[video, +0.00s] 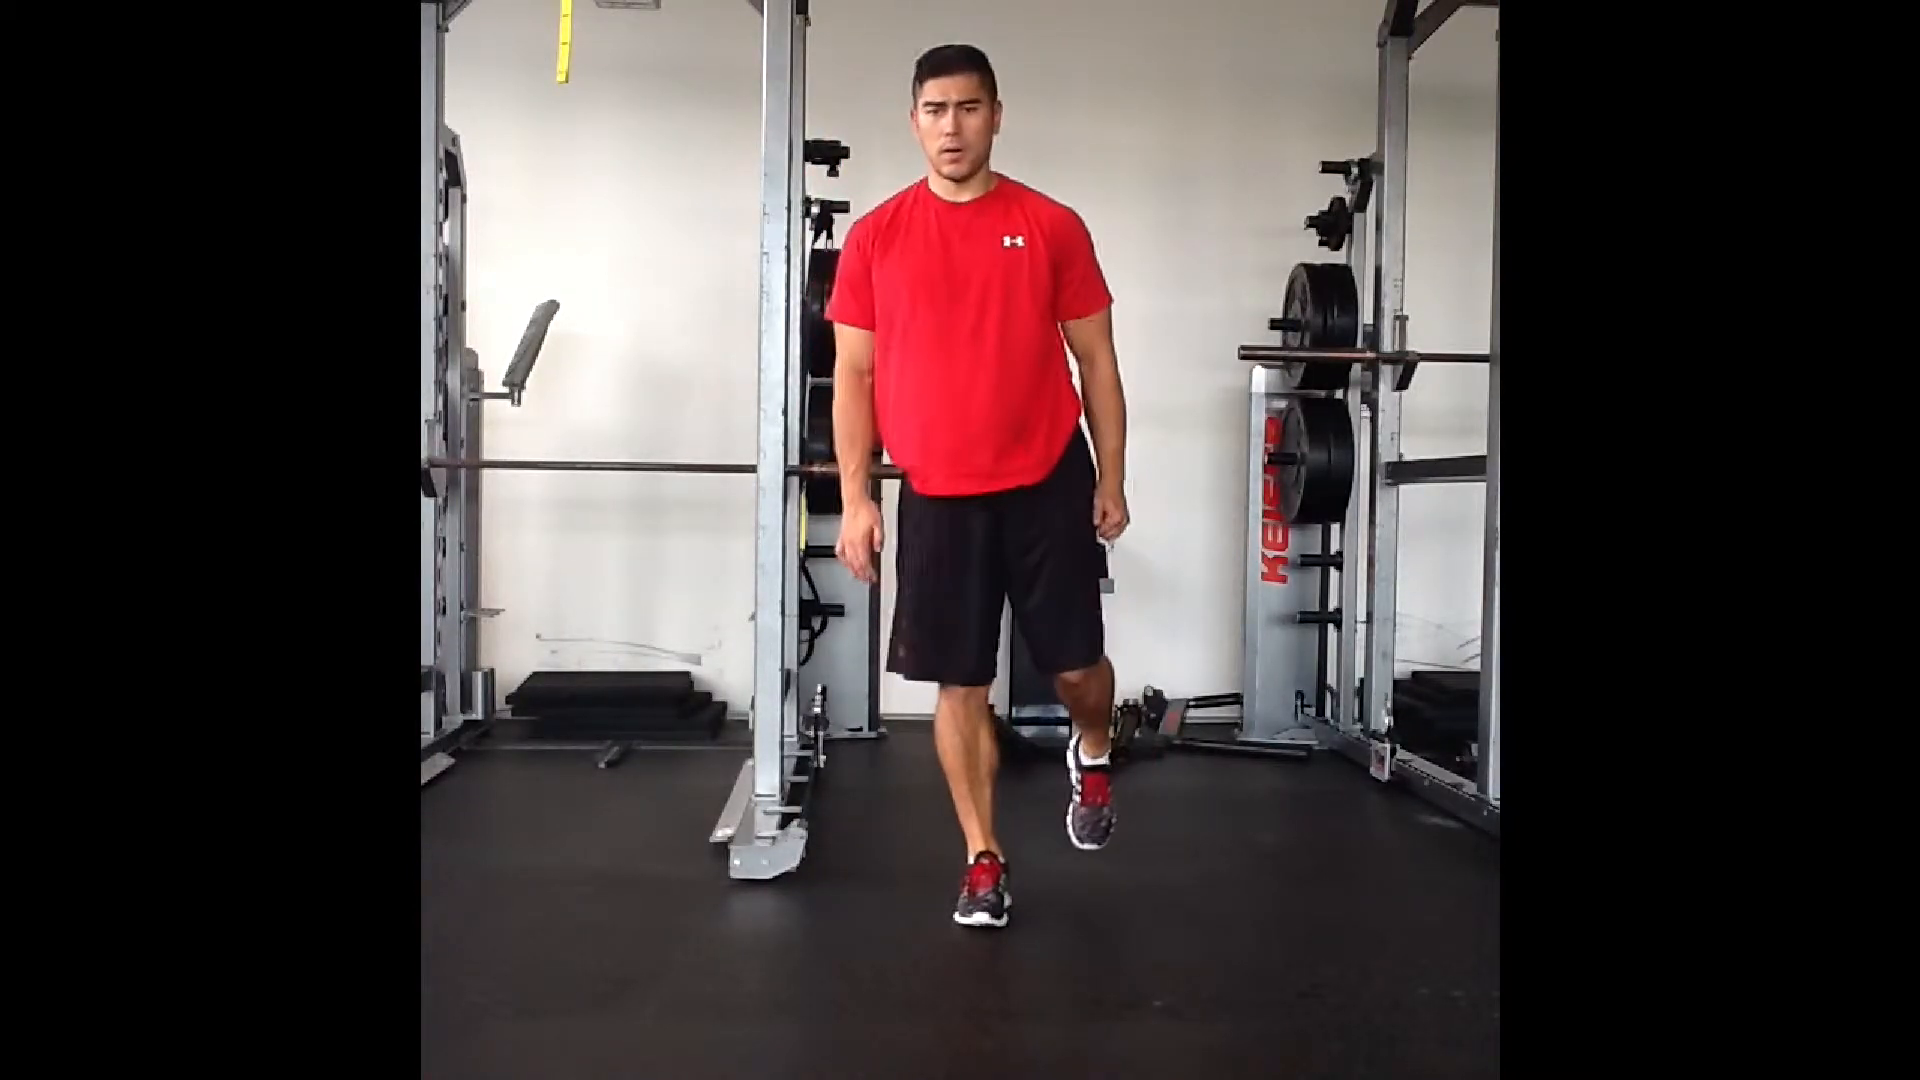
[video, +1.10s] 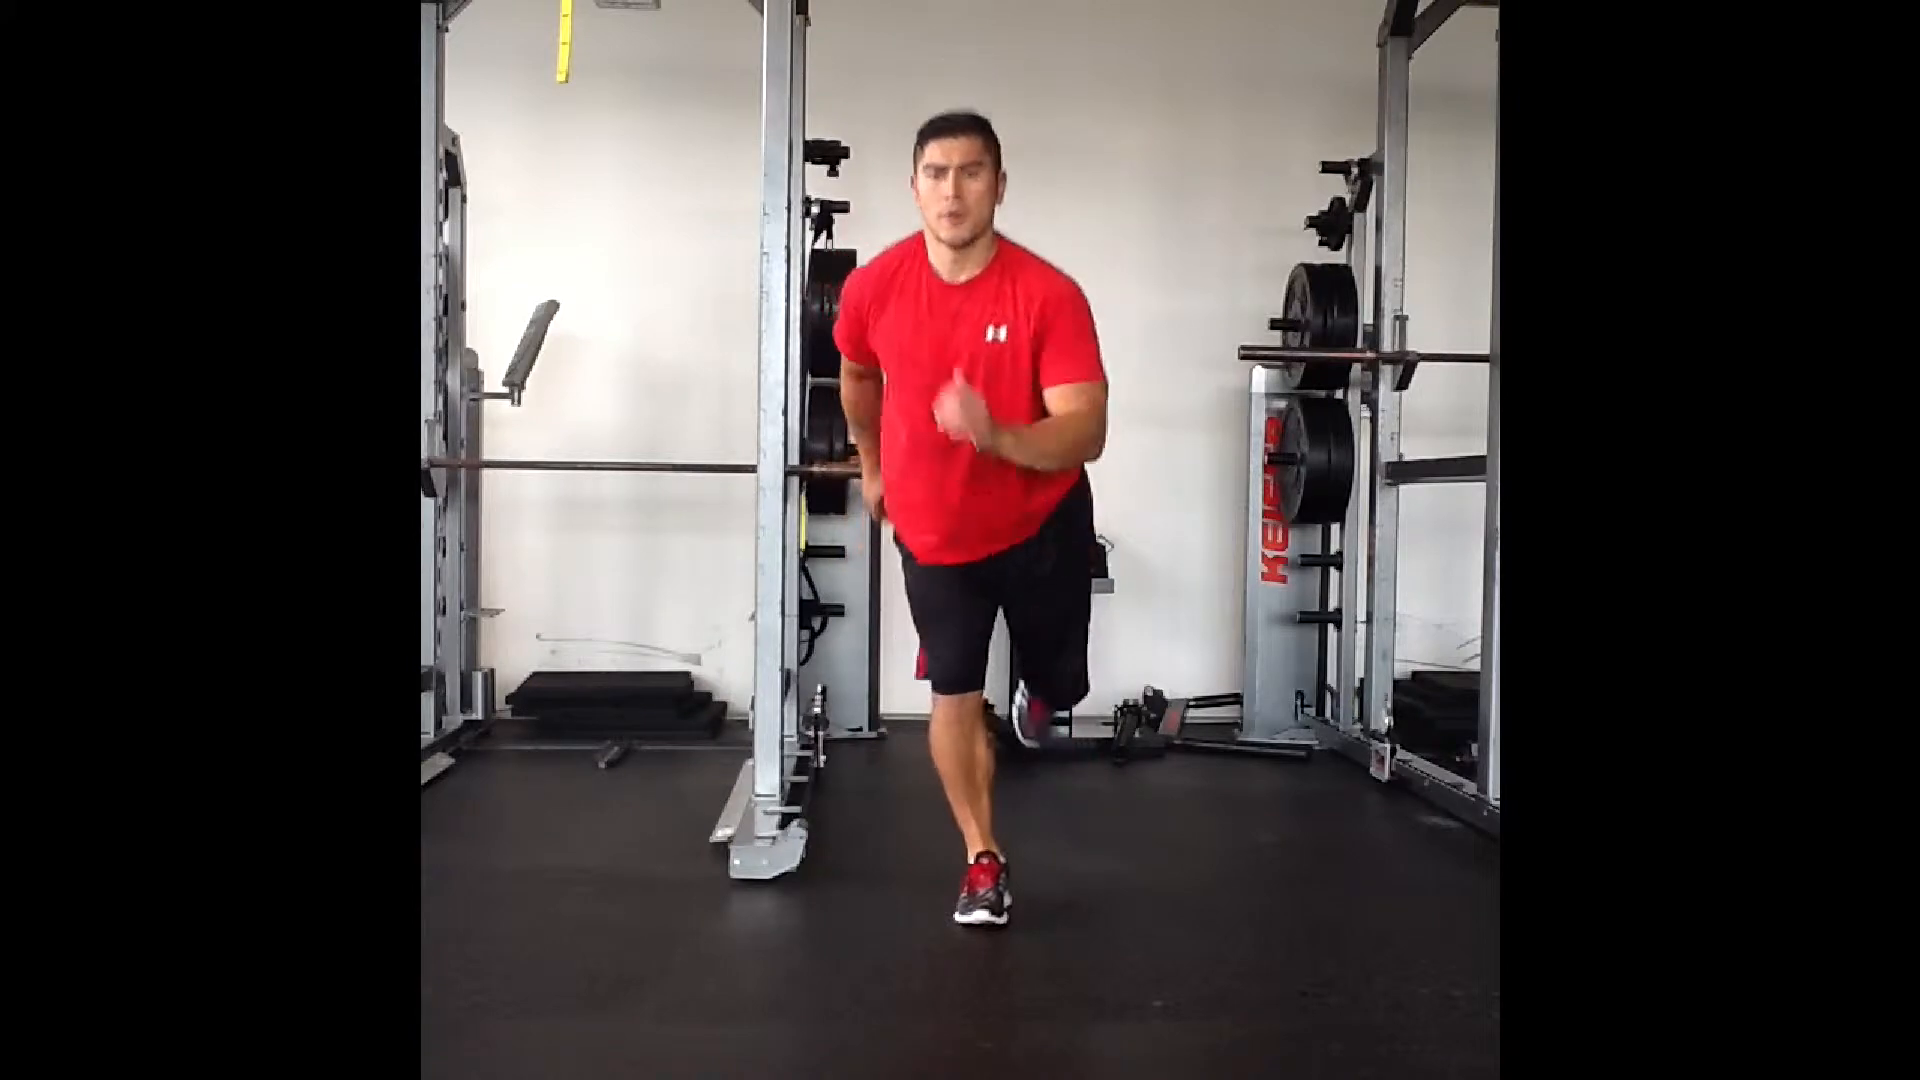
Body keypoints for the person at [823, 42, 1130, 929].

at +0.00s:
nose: (951, 125)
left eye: (968, 108)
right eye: (935, 109)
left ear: (996, 118)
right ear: (914, 122)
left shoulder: (1052, 227)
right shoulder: (873, 238)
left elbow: (1095, 355)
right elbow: (853, 374)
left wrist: (1111, 476)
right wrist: (856, 498)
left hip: (1046, 485)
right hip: (935, 496)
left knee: (1075, 668)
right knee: (957, 681)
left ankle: (1092, 760)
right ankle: (981, 859)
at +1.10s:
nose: (952, 189)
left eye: (970, 173)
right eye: (936, 173)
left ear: (999, 188)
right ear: (914, 188)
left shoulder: (1050, 297)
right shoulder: (872, 290)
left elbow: (1086, 433)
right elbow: (858, 375)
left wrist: (999, 436)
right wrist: (871, 463)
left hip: (1042, 525)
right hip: (936, 536)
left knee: (1055, 671)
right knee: (956, 686)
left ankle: (1040, 698)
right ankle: (982, 859)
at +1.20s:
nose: (951, 243)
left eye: (968, 227)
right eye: (934, 228)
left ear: (997, 240)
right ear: (914, 242)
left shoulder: (1041, 339)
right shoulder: (875, 329)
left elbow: (1054, 454)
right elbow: (893, 412)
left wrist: (960, 361)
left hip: (1043, 553)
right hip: (941, 555)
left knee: (1031, 695)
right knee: (959, 692)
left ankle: (994, 728)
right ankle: (982, 859)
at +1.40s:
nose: (941, 296)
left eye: (959, 277)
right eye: (924, 277)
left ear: (990, 287)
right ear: (902, 288)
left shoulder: (1036, 374)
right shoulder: (871, 368)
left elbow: (1053, 510)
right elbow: (906, 436)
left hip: (1044, 575)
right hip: (944, 574)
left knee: (1015, 710)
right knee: (963, 711)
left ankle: (1001, 717)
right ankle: (985, 862)